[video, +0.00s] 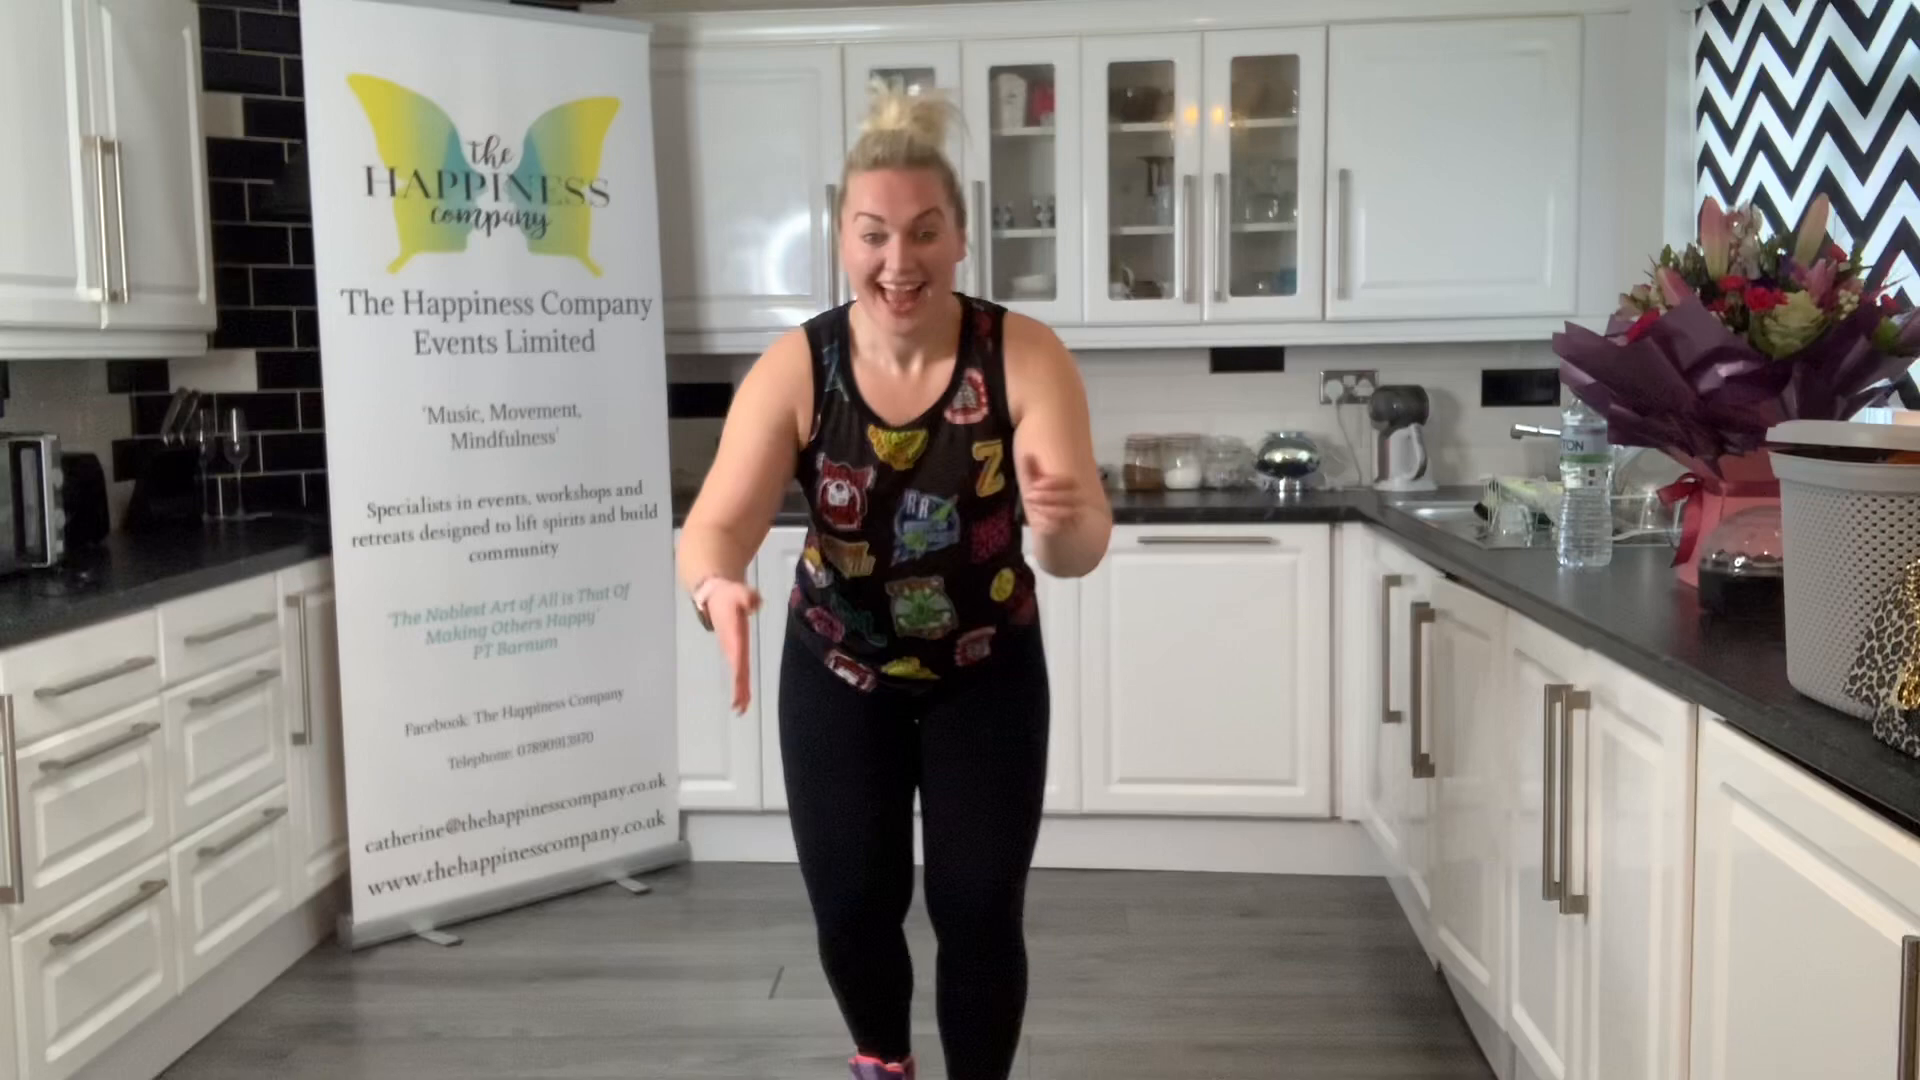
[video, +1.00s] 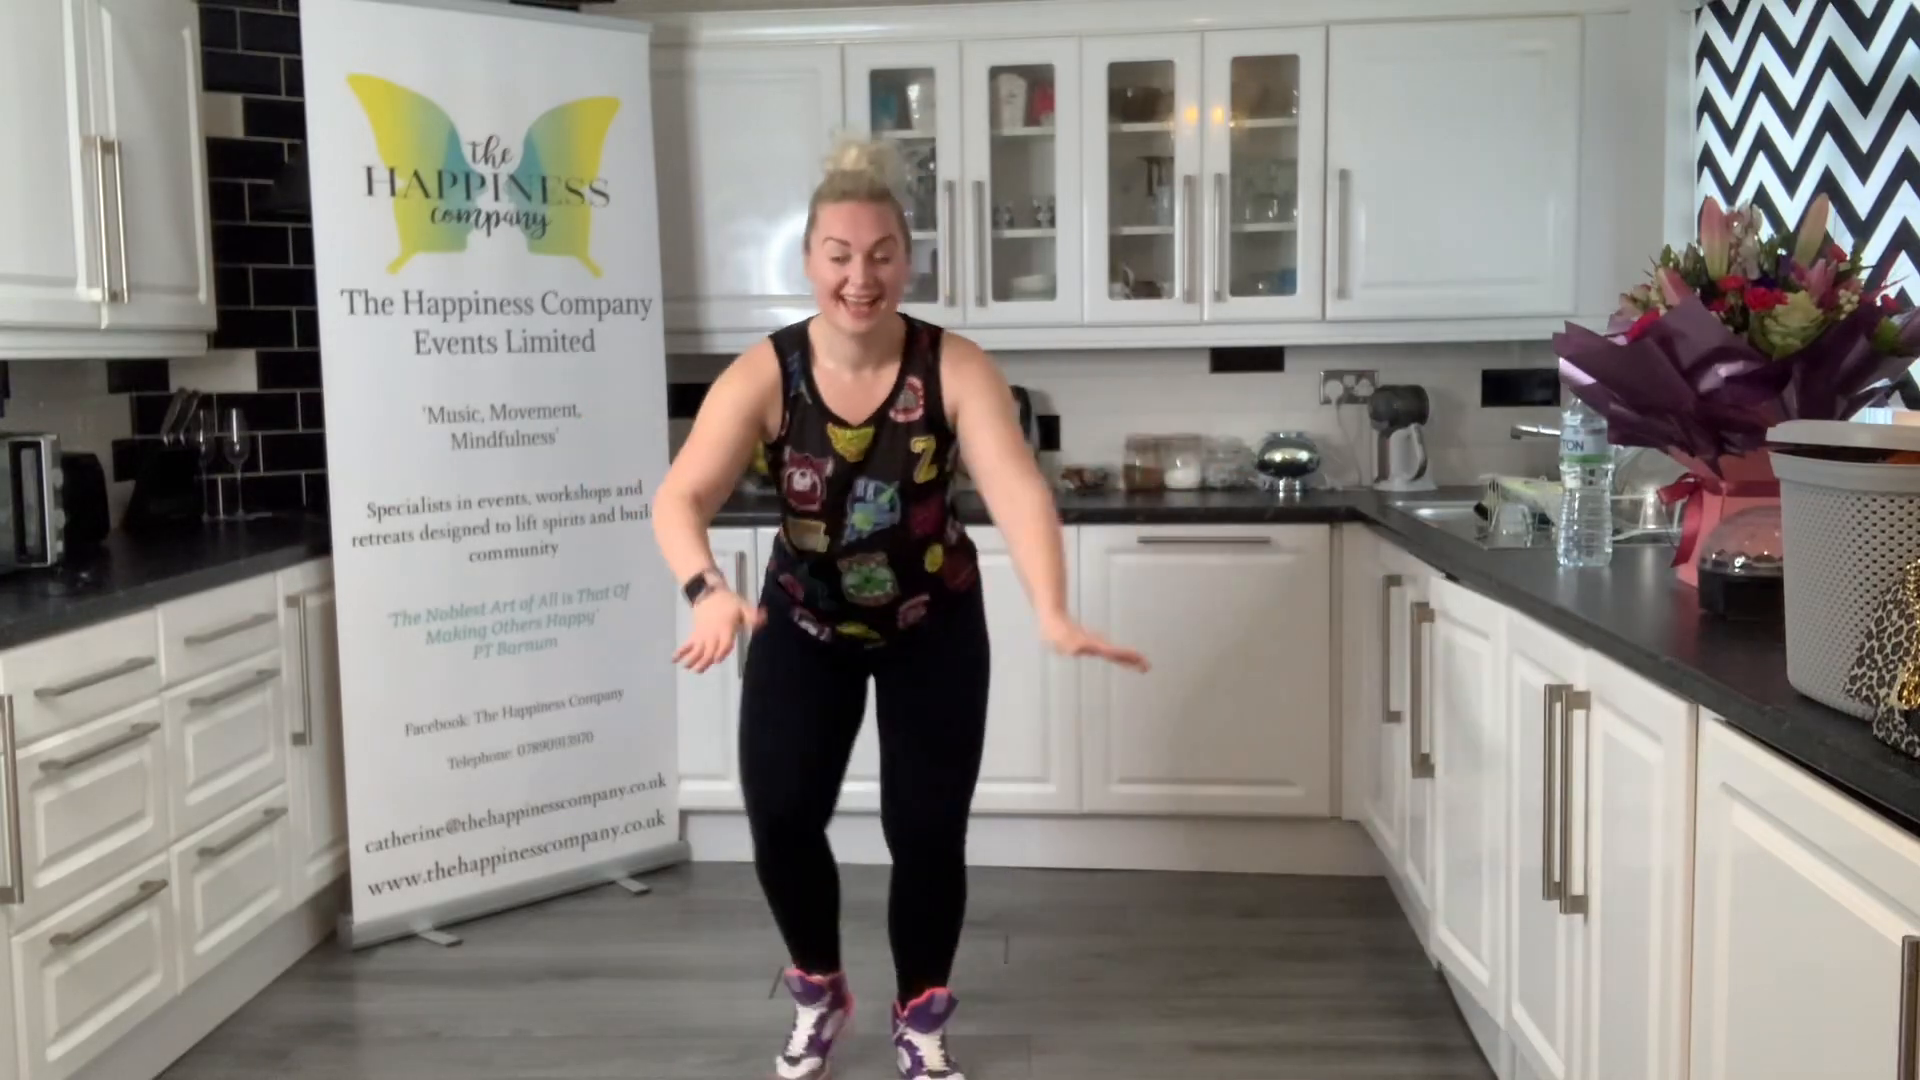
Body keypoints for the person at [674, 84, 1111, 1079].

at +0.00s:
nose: (900, 260)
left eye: (924, 231)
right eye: (874, 232)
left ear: (959, 232)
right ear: (842, 236)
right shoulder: (793, 368)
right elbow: (714, 525)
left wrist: (1061, 517)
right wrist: (715, 582)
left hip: (985, 667)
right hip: (838, 664)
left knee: (978, 912)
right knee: (850, 906)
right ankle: (883, 1062)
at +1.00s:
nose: (860, 276)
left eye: (880, 255)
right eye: (839, 255)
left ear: (908, 258)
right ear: (808, 261)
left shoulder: (956, 370)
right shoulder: (764, 375)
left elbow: (1019, 493)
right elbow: (678, 500)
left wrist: (1054, 610)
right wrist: (708, 587)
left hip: (931, 621)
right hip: (805, 619)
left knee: (926, 829)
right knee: (781, 816)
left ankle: (922, 1021)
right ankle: (817, 993)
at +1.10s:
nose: (848, 267)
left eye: (867, 245)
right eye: (828, 246)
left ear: (895, 250)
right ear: (796, 251)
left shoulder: (944, 370)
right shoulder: (752, 372)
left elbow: (974, 519)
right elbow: (680, 509)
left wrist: (976, 661)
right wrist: (688, 619)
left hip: (924, 610)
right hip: (799, 607)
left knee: (918, 821)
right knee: (738, 785)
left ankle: (922, 1024)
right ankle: (780, 973)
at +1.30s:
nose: (814, 256)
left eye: (833, 235)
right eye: (793, 235)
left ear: (860, 239)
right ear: (766, 240)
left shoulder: (906, 362)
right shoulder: (718, 351)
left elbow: (892, 519)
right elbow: (664, 489)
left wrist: (855, 647)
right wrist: (653, 612)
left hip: (879, 604)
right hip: (755, 606)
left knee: (886, 817)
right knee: (718, 805)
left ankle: (919, 1020)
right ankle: (721, 957)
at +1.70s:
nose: (761, 243)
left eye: (780, 222)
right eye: (742, 223)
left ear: (805, 229)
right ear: (715, 229)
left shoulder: (842, 344)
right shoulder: (669, 329)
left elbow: (825, 496)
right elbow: (588, 438)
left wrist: (726, 587)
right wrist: (607, 561)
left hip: (809, 588)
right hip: (694, 588)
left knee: (820, 780)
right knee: (709, 789)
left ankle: (823, 946)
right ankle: (726, 968)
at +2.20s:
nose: (782, 244)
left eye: (799, 226)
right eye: (763, 228)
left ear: (827, 239)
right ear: (738, 244)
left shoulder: (875, 353)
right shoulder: (703, 361)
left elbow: (879, 509)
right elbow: (667, 494)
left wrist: (831, 623)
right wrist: (610, 597)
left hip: (843, 587)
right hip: (726, 596)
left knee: (935, 750)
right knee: (728, 784)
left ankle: (936, 926)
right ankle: (729, 967)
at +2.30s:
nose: (801, 236)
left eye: (819, 217)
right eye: (783, 219)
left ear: (846, 229)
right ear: (760, 236)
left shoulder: (898, 336)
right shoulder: (726, 352)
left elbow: (922, 489)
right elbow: (712, 494)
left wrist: (918, 614)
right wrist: (714, 619)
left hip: (875, 594)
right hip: (761, 600)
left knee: (928, 776)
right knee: (748, 784)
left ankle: (979, 945)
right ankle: (730, 966)